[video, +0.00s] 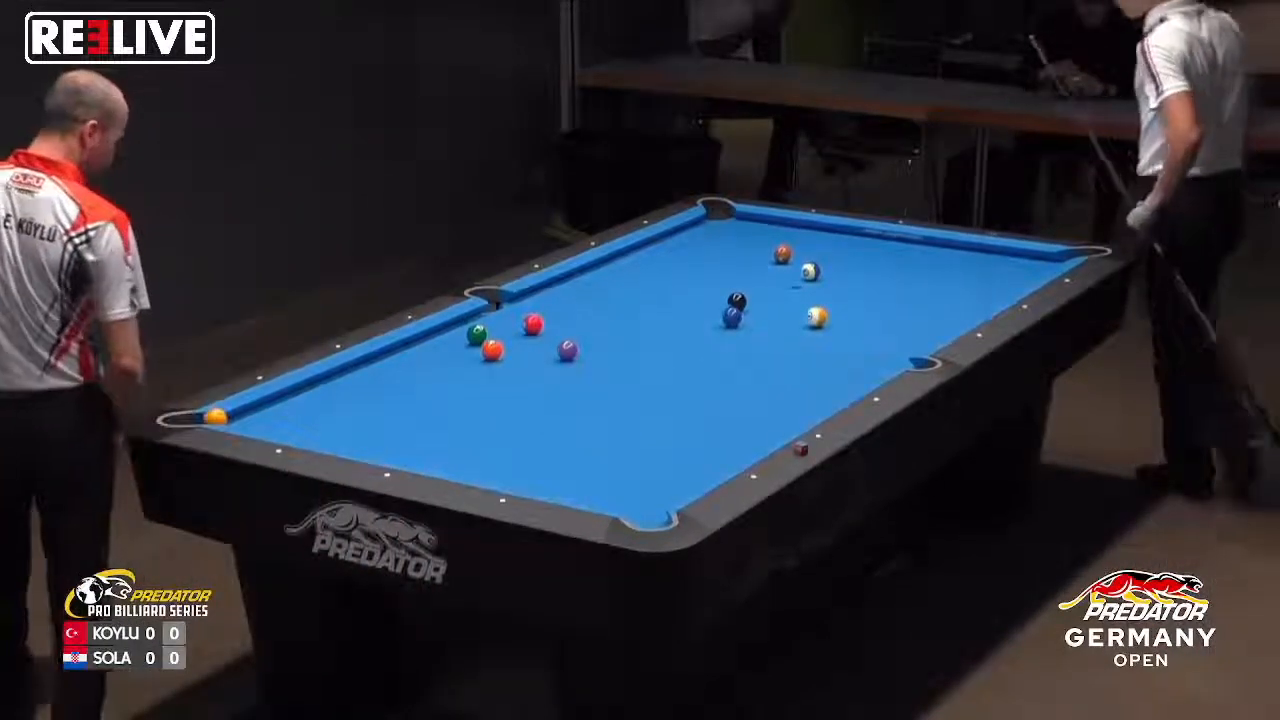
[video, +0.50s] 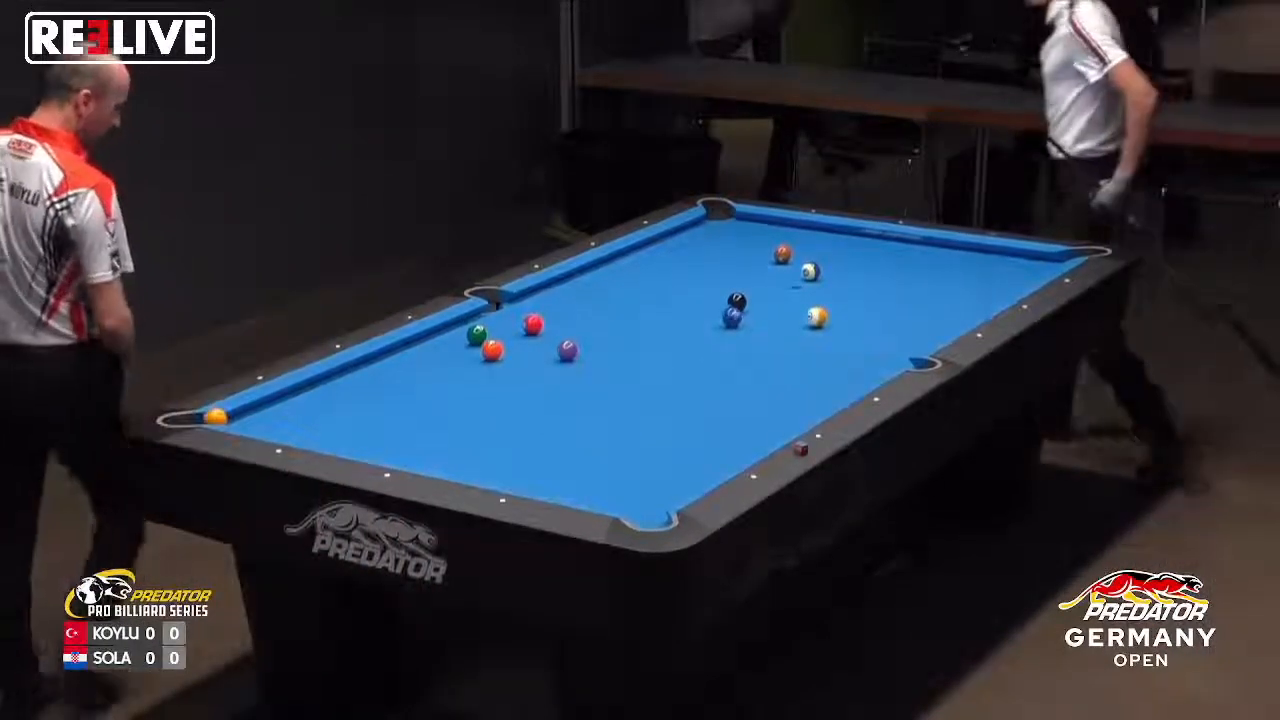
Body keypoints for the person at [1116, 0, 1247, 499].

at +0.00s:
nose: (1120, 5)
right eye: (1118, 1)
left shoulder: (1162, 40)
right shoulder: (1226, 25)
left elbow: (1185, 135)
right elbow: (1228, 118)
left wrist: (1153, 202)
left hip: (1182, 198)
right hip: (1223, 193)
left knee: (1174, 332)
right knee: (1199, 329)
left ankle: (1187, 464)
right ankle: (1237, 443)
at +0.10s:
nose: (1107, 1)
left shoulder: (1152, 34)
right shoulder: (1205, 20)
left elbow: (1186, 127)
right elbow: (1211, 116)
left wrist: (1152, 198)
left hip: (1169, 191)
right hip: (1199, 184)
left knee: (1167, 331)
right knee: (1176, 327)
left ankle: (1188, 467)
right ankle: (1200, 455)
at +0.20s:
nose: (1087, 8)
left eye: (1088, 5)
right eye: (1087, 6)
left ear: (1102, 1)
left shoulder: (1137, 29)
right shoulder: (1165, 18)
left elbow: (1183, 116)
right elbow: (1189, 117)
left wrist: (1153, 191)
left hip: (1144, 192)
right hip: (1147, 186)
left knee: (1150, 325)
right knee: (1132, 313)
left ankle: (1189, 463)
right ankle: (1130, 421)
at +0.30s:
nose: (1072, 4)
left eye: (1074, 0)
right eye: (1073, 2)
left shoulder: (1124, 27)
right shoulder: (1132, 19)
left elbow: (1177, 109)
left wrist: (1148, 189)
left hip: (1132, 188)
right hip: (1132, 183)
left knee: (1144, 325)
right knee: (1112, 308)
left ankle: (1188, 465)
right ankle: (1079, 410)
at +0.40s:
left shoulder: (1103, 22)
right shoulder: (1087, 25)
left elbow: (1159, 100)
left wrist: (1134, 184)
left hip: (1108, 189)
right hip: (1094, 183)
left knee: (1127, 336)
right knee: (1075, 319)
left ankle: (1187, 464)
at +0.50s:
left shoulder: (1084, 17)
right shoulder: (1064, 22)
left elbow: (1141, 95)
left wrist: (1122, 178)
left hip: (1091, 181)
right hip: (1067, 176)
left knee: (1097, 327)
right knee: (1054, 316)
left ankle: (1163, 444)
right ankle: (1051, 417)